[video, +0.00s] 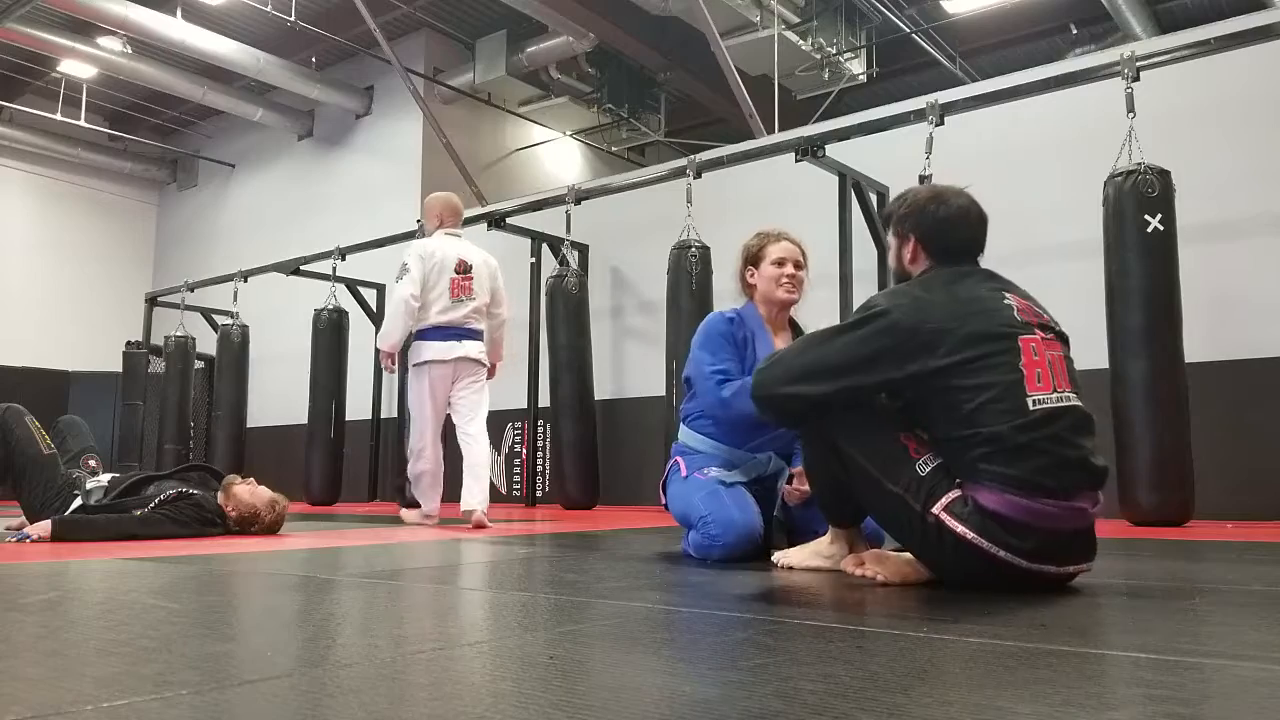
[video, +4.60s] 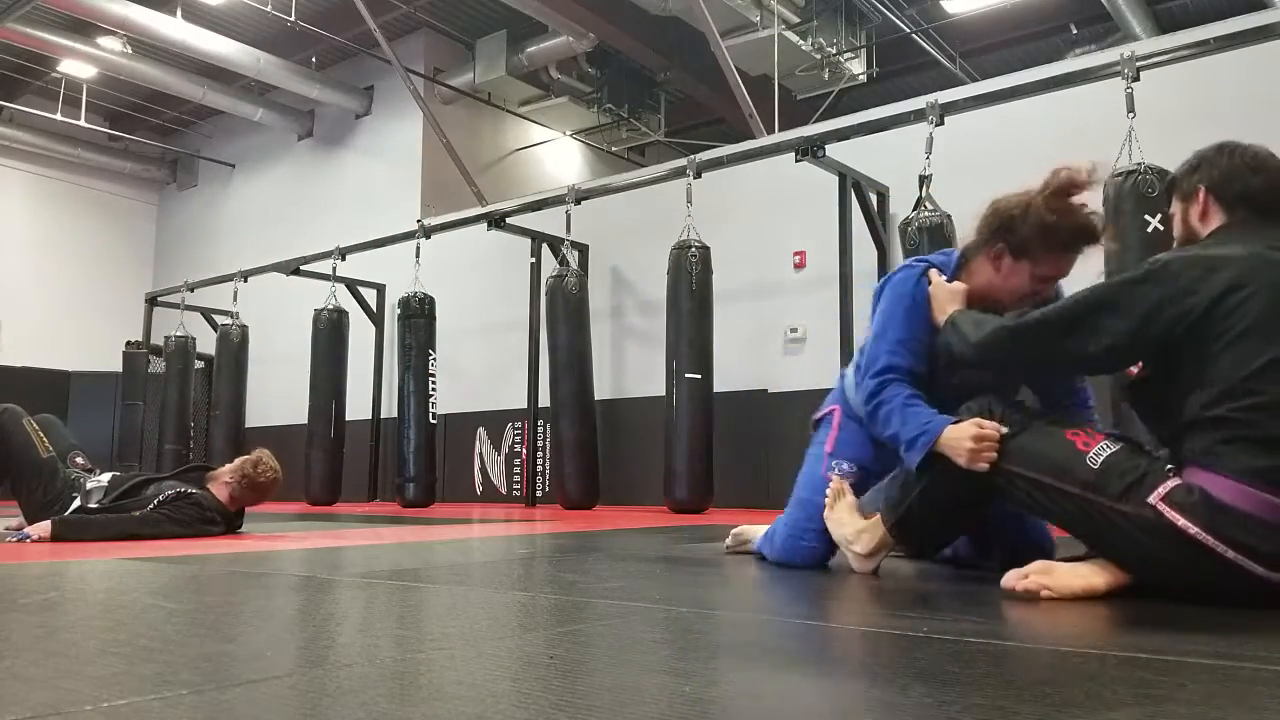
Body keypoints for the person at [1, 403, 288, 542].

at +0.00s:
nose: (248, 477)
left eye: (250, 488)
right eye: (256, 483)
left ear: (235, 510)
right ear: (236, 504)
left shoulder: (199, 513)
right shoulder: (214, 487)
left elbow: (130, 525)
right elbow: (150, 485)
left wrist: (56, 526)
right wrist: (112, 481)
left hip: (69, 500)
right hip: (99, 486)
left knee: (11, 415)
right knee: (69, 422)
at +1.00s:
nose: (248, 477)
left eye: (250, 488)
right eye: (257, 483)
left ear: (234, 510)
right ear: (235, 504)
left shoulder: (199, 513)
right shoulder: (218, 490)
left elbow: (130, 524)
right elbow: (158, 483)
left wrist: (55, 526)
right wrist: (115, 478)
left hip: (70, 500)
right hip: (103, 485)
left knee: (11, 414)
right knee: (69, 421)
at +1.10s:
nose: (248, 477)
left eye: (250, 488)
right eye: (256, 483)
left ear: (234, 510)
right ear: (236, 504)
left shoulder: (198, 513)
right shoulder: (218, 490)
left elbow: (130, 525)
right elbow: (157, 483)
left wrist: (56, 526)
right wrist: (114, 479)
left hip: (69, 501)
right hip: (102, 486)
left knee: (11, 414)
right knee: (69, 421)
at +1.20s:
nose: (247, 479)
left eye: (250, 489)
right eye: (255, 484)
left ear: (234, 510)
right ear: (236, 505)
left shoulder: (199, 513)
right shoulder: (216, 490)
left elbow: (130, 525)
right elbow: (155, 483)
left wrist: (56, 526)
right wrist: (114, 479)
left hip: (69, 501)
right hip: (101, 486)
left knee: (11, 414)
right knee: (70, 421)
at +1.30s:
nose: (251, 478)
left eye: (252, 489)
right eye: (259, 485)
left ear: (233, 509)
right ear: (237, 502)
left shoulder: (198, 513)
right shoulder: (217, 484)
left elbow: (130, 525)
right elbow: (158, 482)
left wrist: (56, 526)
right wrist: (116, 480)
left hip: (68, 499)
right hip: (101, 484)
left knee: (11, 414)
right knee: (70, 422)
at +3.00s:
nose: (210, 469)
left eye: (219, 476)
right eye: (218, 466)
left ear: (232, 501)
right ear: (222, 466)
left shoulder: (197, 512)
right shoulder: (209, 484)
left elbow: (128, 524)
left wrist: (56, 527)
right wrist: (110, 480)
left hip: (67, 502)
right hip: (100, 485)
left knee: (11, 416)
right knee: (73, 422)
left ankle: (14, 501)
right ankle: (31, 503)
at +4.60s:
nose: (225, 463)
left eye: (231, 464)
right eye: (232, 461)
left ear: (230, 475)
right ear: (250, 497)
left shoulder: (199, 513)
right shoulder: (215, 496)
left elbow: (130, 524)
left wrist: (56, 526)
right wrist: (107, 477)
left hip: (68, 501)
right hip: (95, 485)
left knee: (9, 416)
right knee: (46, 420)